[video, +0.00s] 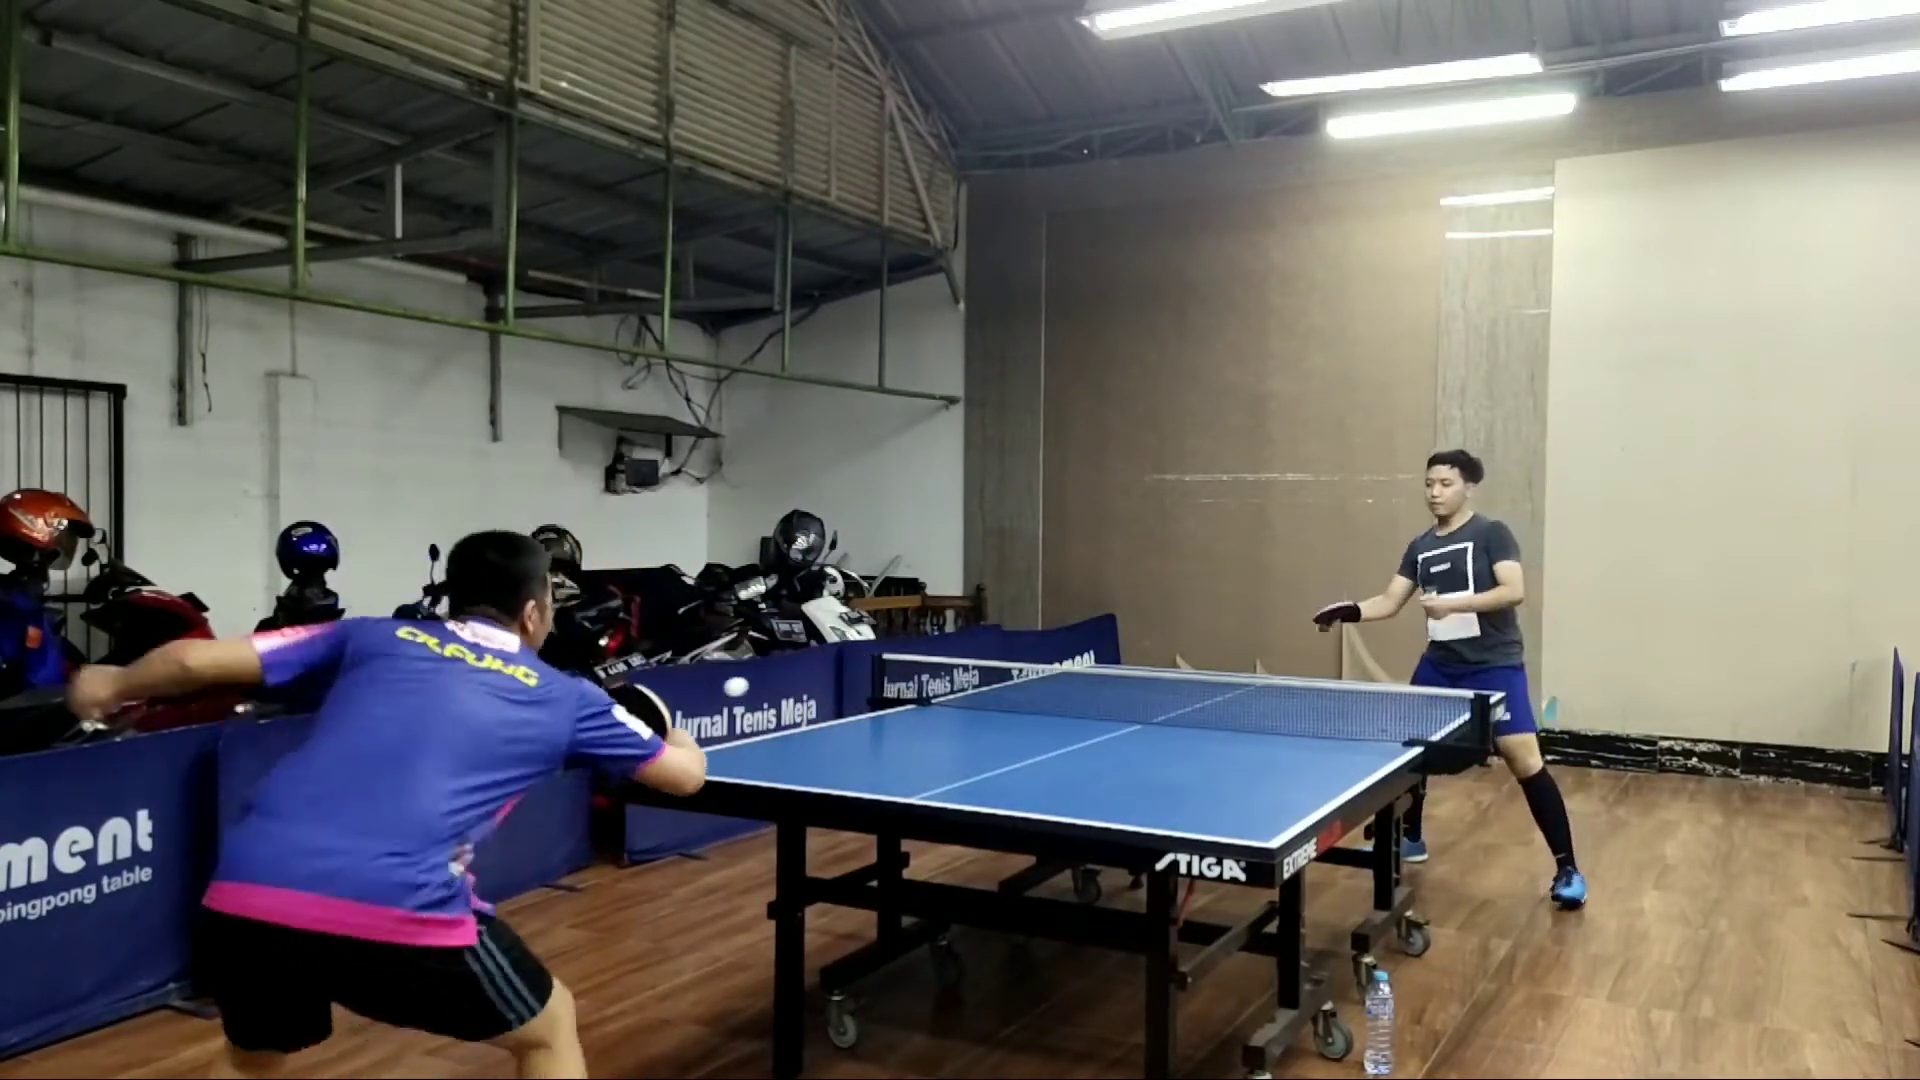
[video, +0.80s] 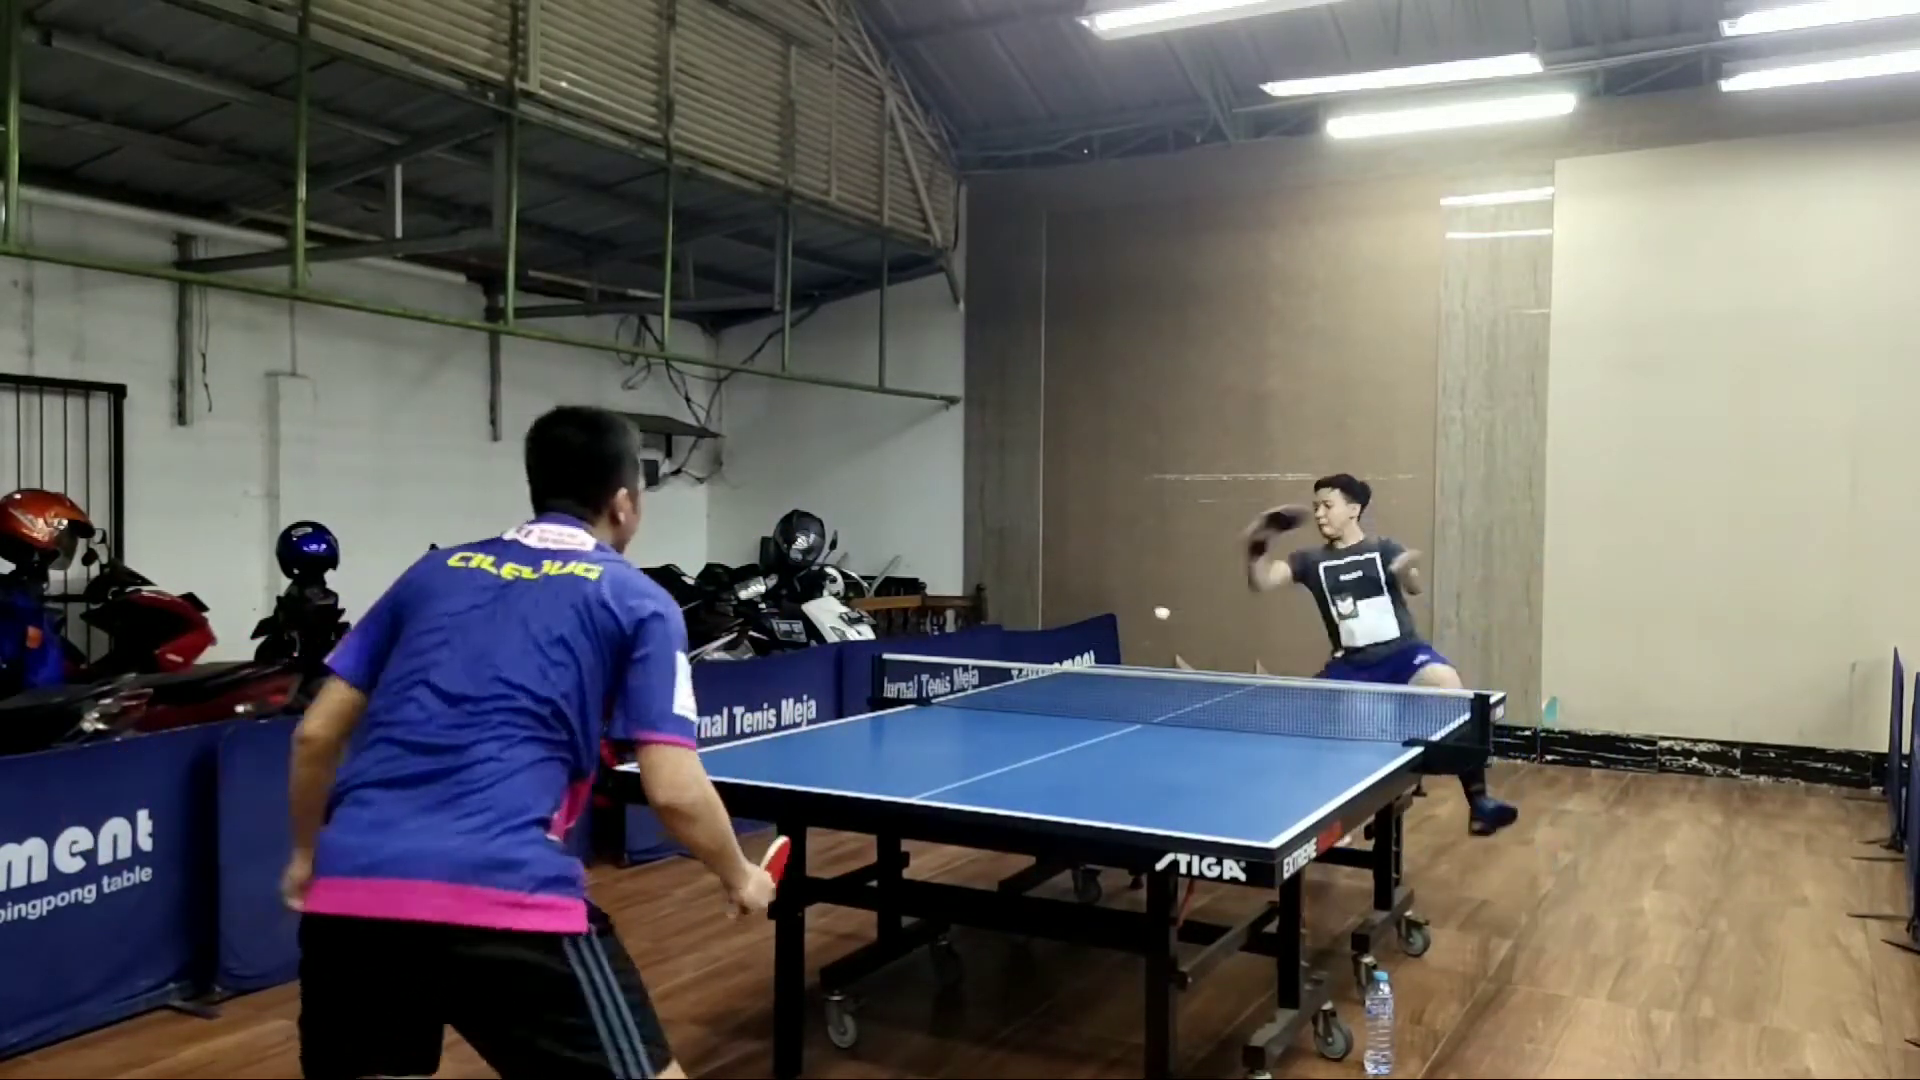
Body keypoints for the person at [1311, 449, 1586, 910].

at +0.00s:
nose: (1435, 491)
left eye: (1446, 484)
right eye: (1431, 483)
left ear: (1469, 488)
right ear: (1426, 489)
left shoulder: (1491, 534)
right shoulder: (1421, 546)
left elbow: (1513, 590)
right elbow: (1390, 601)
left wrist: (1452, 604)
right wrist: (1348, 611)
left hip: (1496, 666)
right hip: (1439, 664)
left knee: (1525, 762)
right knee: (1408, 744)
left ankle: (1567, 870)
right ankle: (1411, 837)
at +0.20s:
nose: (1422, 502)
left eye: (1432, 493)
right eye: (1417, 495)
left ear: (1458, 498)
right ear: (1416, 502)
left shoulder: (1481, 537)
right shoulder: (1427, 561)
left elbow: (1493, 589)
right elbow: (1418, 623)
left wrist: (1427, 603)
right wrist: (1371, 641)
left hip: (1510, 666)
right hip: (1458, 666)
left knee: (1526, 761)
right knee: (1409, 738)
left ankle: (1570, 873)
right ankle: (1410, 840)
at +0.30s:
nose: (1410, 518)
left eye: (1418, 508)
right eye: (1405, 511)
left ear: (1446, 511)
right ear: (1406, 518)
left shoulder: (1468, 547)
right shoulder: (1431, 573)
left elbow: (1465, 596)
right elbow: (1440, 639)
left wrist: (1393, 613)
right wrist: (1387, 671)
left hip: (1509, 670)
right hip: (1461, 670)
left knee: (1517, 768)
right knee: (1402, 735)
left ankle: (1569, 875)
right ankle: (1406, 838)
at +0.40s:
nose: (1392, 538)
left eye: (1400, 528)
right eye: (1388, 531)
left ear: (1427, 528)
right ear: (1394, 536)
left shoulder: (1445, 561)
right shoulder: (1425, 575)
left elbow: (1418, 606)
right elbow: (1447, 648)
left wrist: (1349, 622)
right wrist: (1428, 683)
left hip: (1500, 682)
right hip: (1452, 683)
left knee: (1507, 782)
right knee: (1385, 737)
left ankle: (1568, 876)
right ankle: (1379, 837)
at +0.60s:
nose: (1337, 553)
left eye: (1345, 545)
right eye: (1336, 546)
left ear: (1373, 546)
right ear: (1372, 549)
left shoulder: (1377, 570)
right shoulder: (1383, 580)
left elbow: (1366, 597)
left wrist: (1309, 616)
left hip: (1446, 688)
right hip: (1407, 690)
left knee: (1478, 781)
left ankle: (1564, 873)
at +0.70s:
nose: (1317, 527)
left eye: (1326, 519)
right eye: (1317, 520)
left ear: (1354, 525)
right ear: (1332, 530)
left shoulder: (1374, 551)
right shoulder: (1337, 579)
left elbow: (1388, 586)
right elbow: (1359, 647)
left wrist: (1343, 598)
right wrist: (1331, 665)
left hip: (1425, 666)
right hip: (1378, 673)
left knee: (1470, 755)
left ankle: (1531, 849)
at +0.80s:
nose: (1319, 514)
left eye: (1327, 505)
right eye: (1316, 507)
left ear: (1355, 508)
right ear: (1316, 514)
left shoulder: (1384, 548)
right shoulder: (1311, 561)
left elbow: (1417, 590)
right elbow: (1263, 582)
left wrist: (1406, 572)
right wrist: (1256, 549)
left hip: (1403, 655)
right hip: (1350, 664)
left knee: (1449, 687)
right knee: (1301, 716)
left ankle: (1479, 801)